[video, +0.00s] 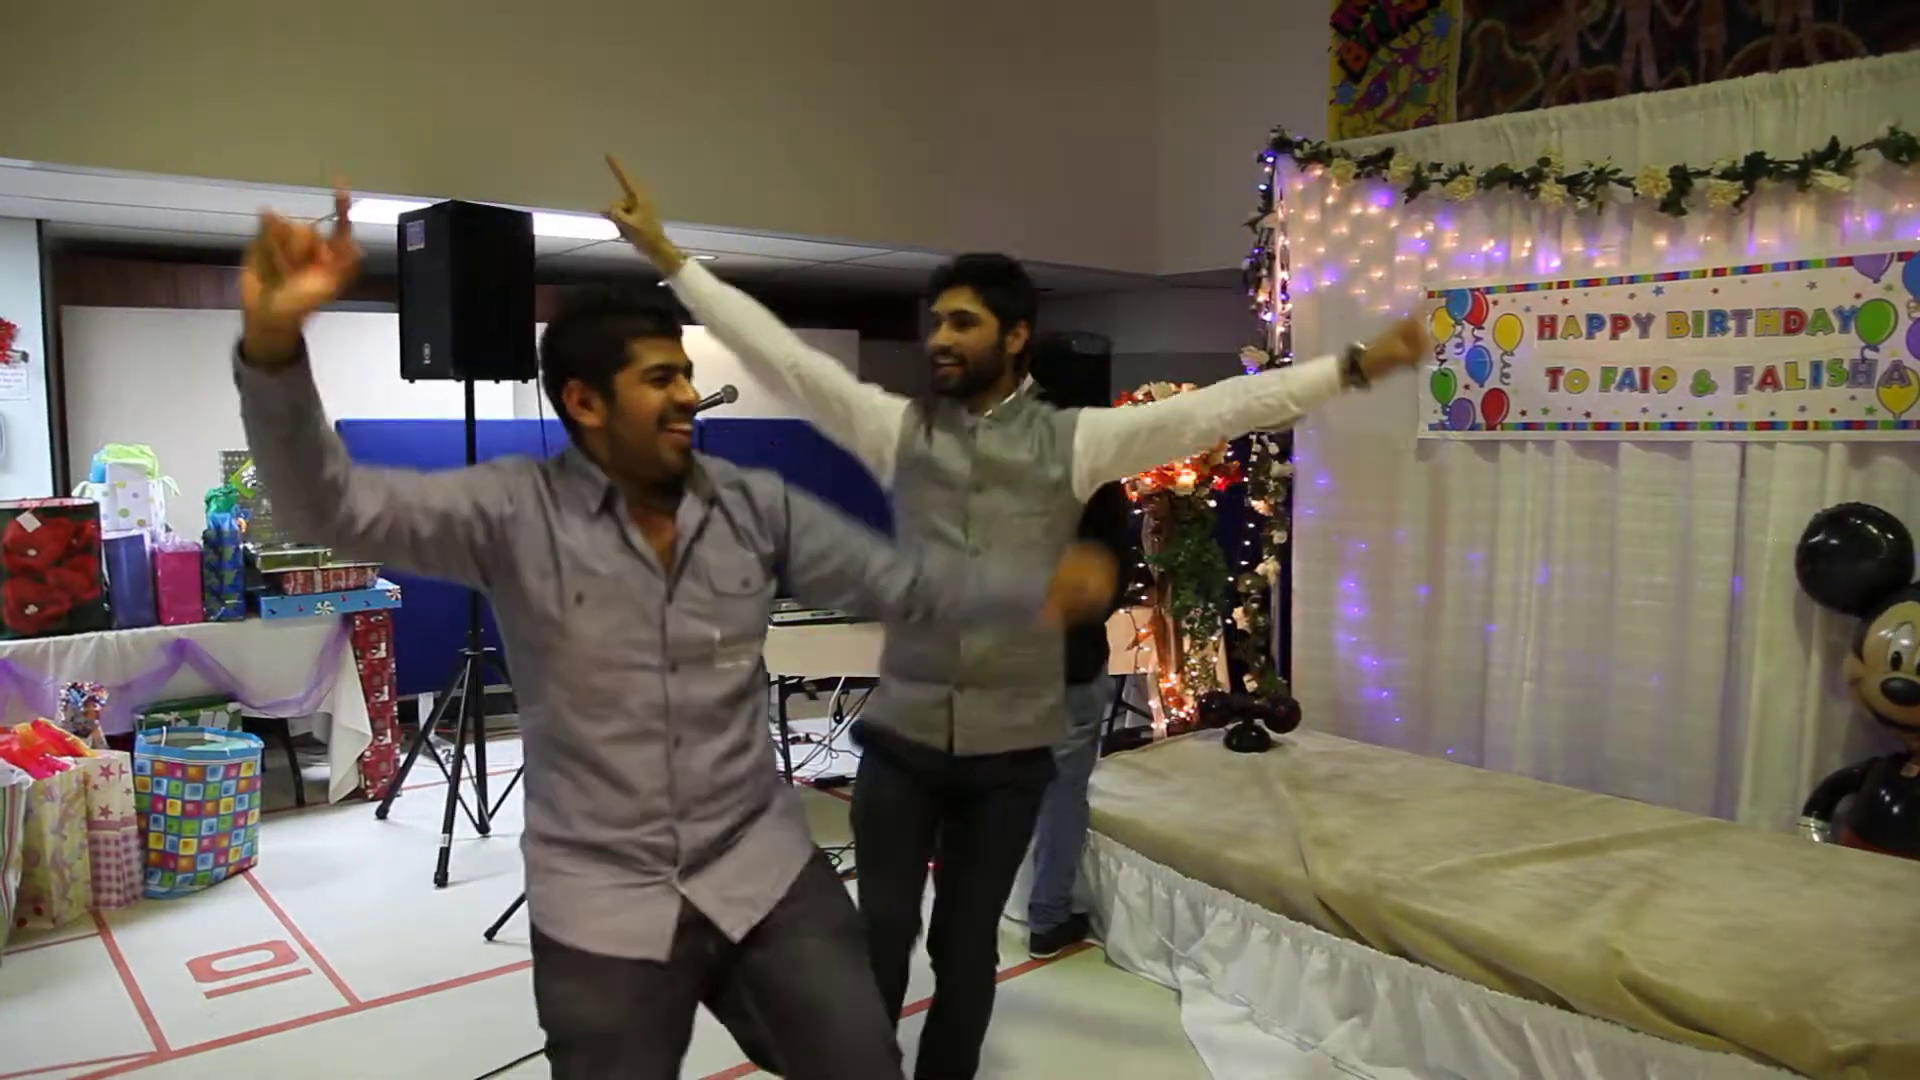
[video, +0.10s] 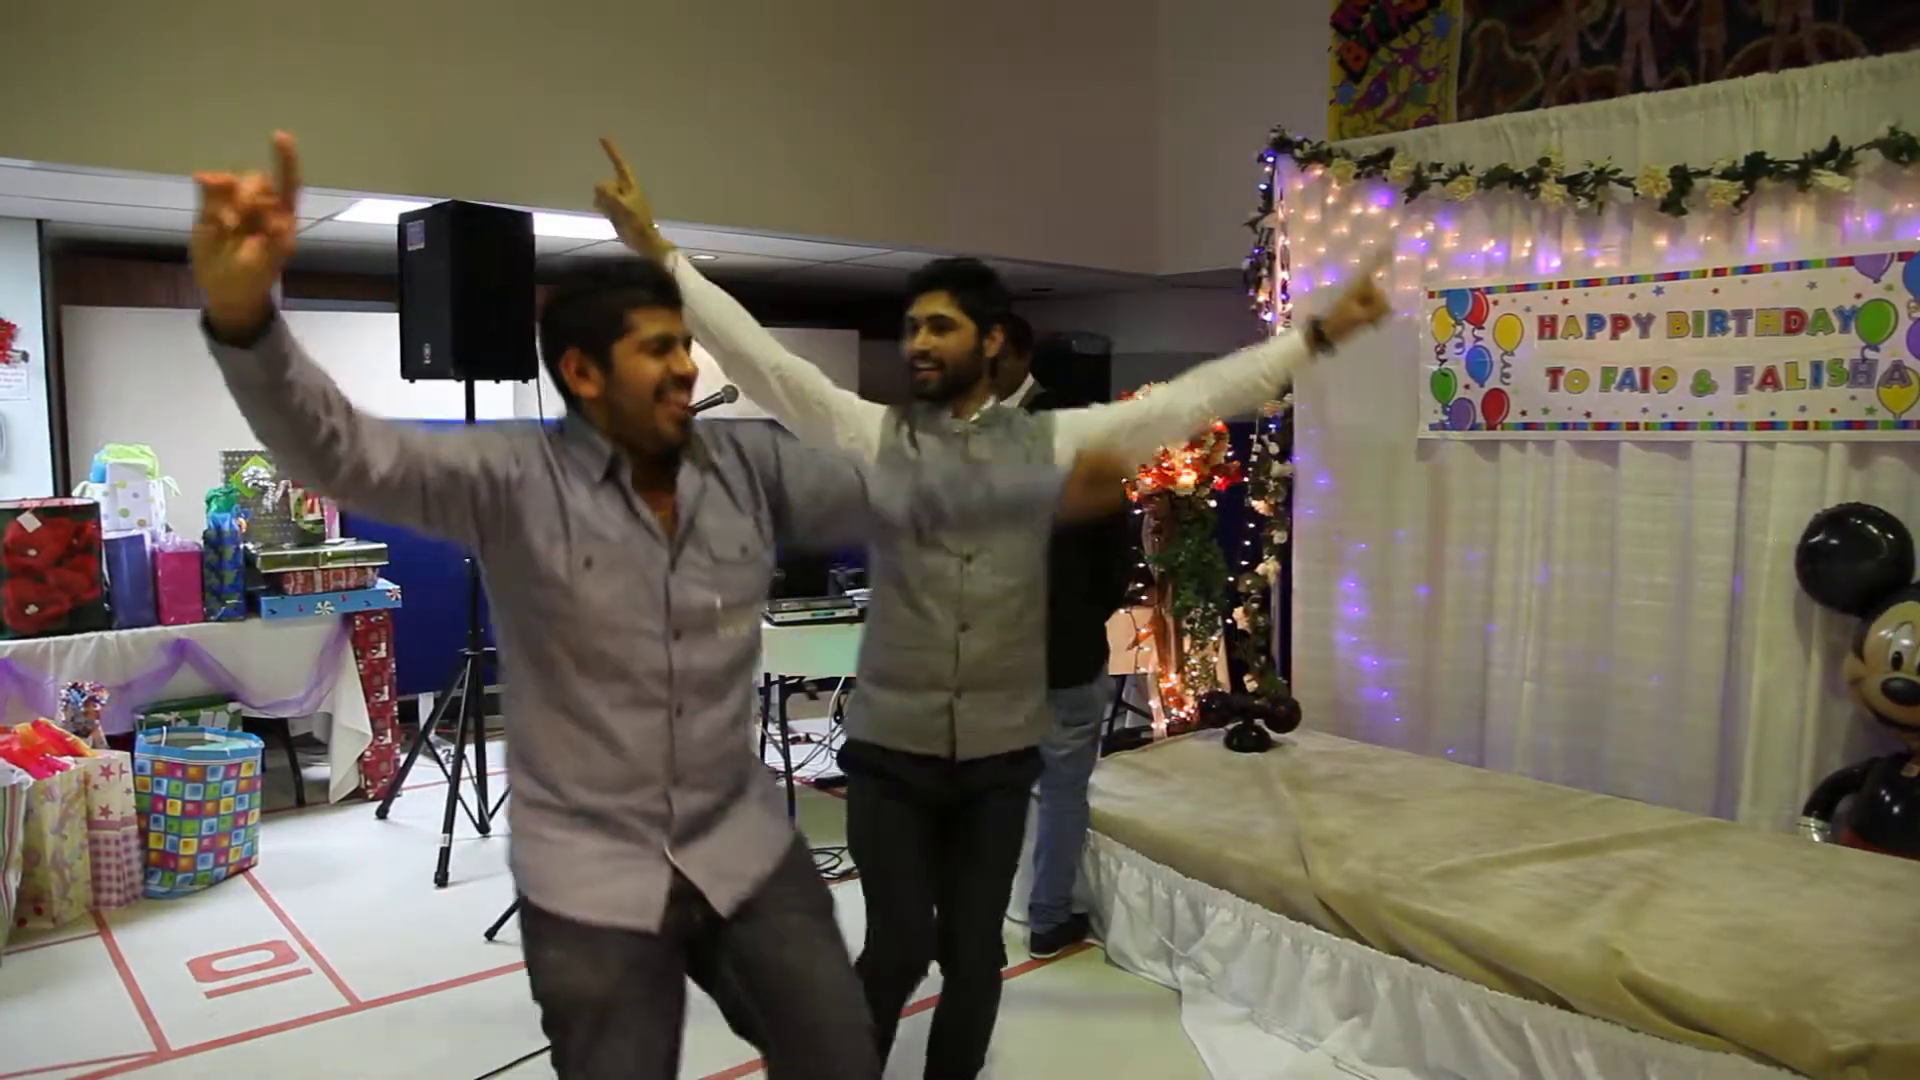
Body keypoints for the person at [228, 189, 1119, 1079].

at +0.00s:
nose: (687, 398)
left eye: (687, 376)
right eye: (660, 379)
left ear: (688, 390)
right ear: (582, 402)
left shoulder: (752, 508)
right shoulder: (510, 510)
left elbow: (901, 580)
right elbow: (331, 506)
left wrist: (1045, 585)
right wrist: (272, 352)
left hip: (759, 859)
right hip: (601, 889)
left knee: (861, 1055)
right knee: (610, 1072)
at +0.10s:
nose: (688, 368)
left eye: (687, 345)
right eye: (659, 351)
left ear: (688, 359)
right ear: (581, 371)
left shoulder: (749, 461)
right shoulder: (509, 477)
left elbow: (905, 495)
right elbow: (347, 454)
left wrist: (1060, 488)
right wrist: (242, 325)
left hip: (740, 835)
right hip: (588, 859)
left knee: (841, 1056)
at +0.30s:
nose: (648, 340)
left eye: (651, 320)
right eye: (621, 319)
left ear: (653, 336)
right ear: (543, 336)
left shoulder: (677, 423)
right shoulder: (488, 439)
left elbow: (827, 419)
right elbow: (387, 469)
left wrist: (989, 401)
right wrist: (286, 437)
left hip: (660, 788)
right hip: (531, 827)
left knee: (775, 974)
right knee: (587, 1061)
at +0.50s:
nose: (615, 326)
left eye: (619, 307)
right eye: (586, 309)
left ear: (625, 315)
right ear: (514, 335)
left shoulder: (642, 420)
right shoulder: (474, 442)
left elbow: (775, 391)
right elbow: (421, 505)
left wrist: (910, 340)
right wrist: (371, 555)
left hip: (622, 797)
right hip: (505, 830)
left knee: (667, 987)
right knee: (578, 1056)